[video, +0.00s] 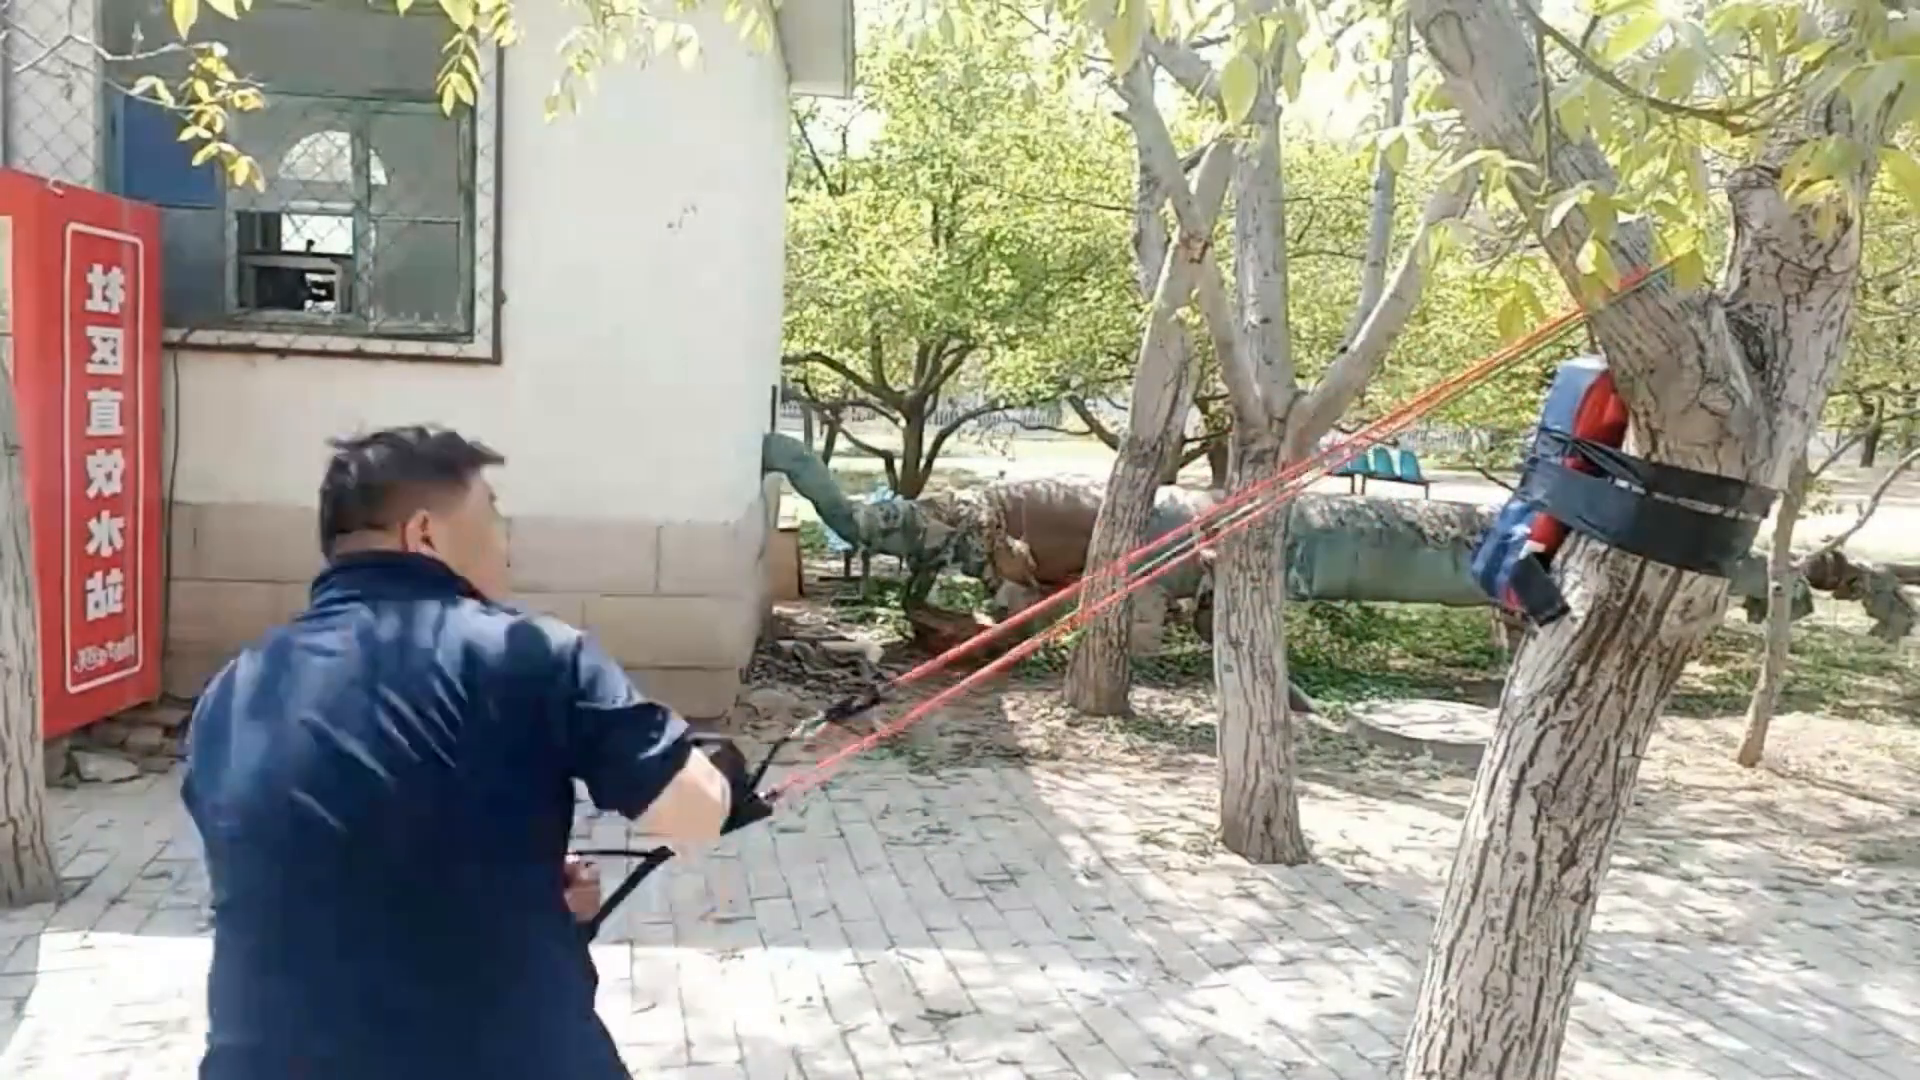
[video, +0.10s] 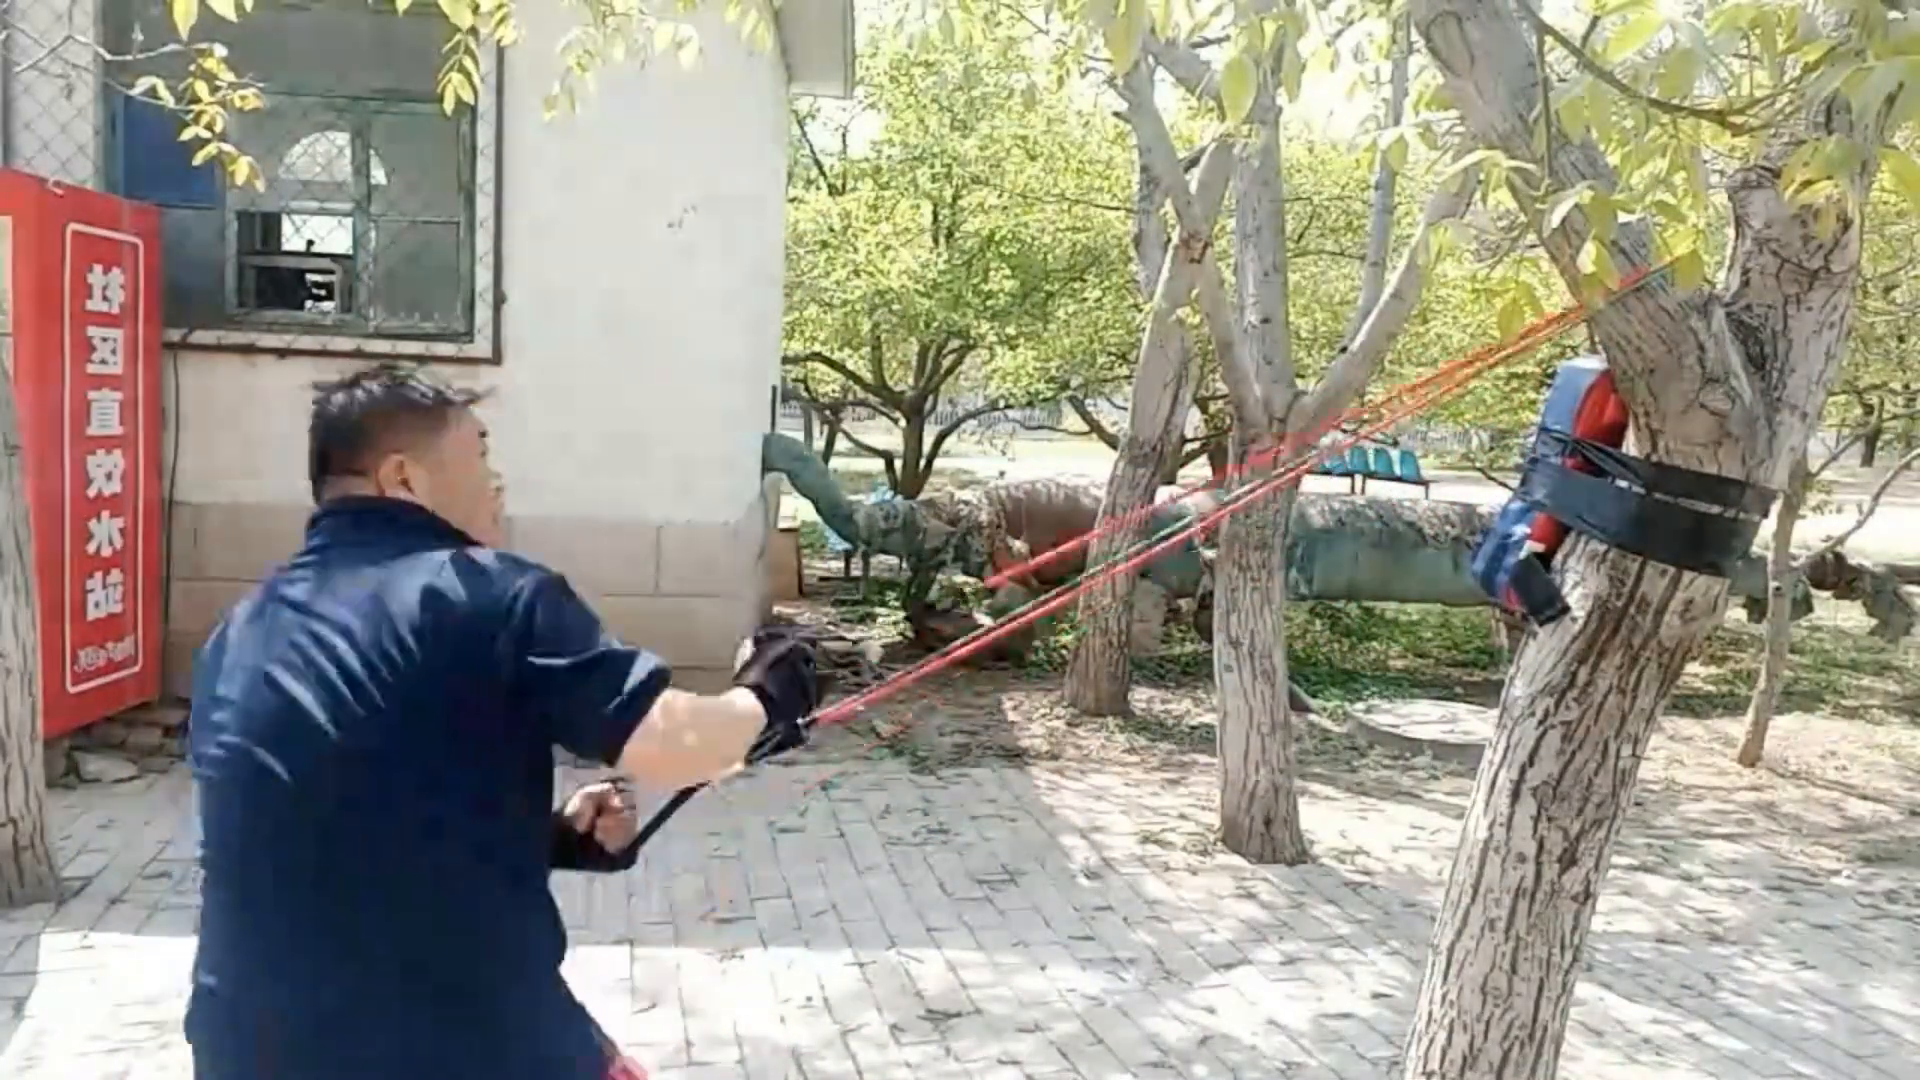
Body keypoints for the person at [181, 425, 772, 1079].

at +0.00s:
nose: (507, 547)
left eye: (500, 522)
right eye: (493, 521)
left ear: (341, 545)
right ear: (424, 535)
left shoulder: (229, 693)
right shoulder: (535, 656)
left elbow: (289, 893)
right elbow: (694, 815)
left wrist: (523, 887)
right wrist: (700, 761)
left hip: (271, 1065)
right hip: (511, 1065)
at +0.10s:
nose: (499, 482)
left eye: (488, 456)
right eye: (479, 456)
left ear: (386, 482)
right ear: (401, 482)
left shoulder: (237, 632)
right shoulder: (496, 597)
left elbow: (339, 830)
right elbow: (663, 741)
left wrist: (551, 834)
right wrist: (768, 703)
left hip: (255, 1052)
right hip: (478, 1051)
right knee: (626, 1062)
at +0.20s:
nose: (506, 397)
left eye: (494, 372)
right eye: (481, 371)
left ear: (382, 404)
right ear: (391, 401)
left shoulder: (279, 549)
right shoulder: (480, 537)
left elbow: (406, 753)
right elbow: (663, 671)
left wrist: (620, 732)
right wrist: (799, 598)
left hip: (265, 1027)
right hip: (451, 1031)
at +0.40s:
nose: (541, 342)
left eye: (526, 312)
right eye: (509, 315)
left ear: (410, 357)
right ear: (410, 353)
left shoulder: (396, 482)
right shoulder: (428, 516)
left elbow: (657, 530)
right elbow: (697, 582)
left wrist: (859, 508)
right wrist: (922, 576)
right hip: (422, 1022)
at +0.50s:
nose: (573, 350)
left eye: (563, 319)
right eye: (544, 319)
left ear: (443, 360)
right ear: (434, 356)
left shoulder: (498, 495)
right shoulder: (400, 521)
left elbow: (701, 541)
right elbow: (694, 590)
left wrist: (903, 525)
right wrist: (919, 577)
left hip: (549, 1001)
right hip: (428, 1037)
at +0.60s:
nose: (589, 367)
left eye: (581, 335)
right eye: (560, 336)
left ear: (456, 371)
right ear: (445, 367)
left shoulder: (533, 505)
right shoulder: (396, 526)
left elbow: (700, 573)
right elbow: (689, 601)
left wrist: (908, 561)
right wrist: (928, 581)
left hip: (569, 987)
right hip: (437, 1029)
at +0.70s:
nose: (645, 416)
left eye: (645, 385)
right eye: (612, 391)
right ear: (500, 414)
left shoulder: (604, 538)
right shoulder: (441, 543)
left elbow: (745, 636)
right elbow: (719, 630)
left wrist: (933, 617)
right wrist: (937, 618)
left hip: (585, 977)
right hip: (435, 1020)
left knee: (670, 1073)